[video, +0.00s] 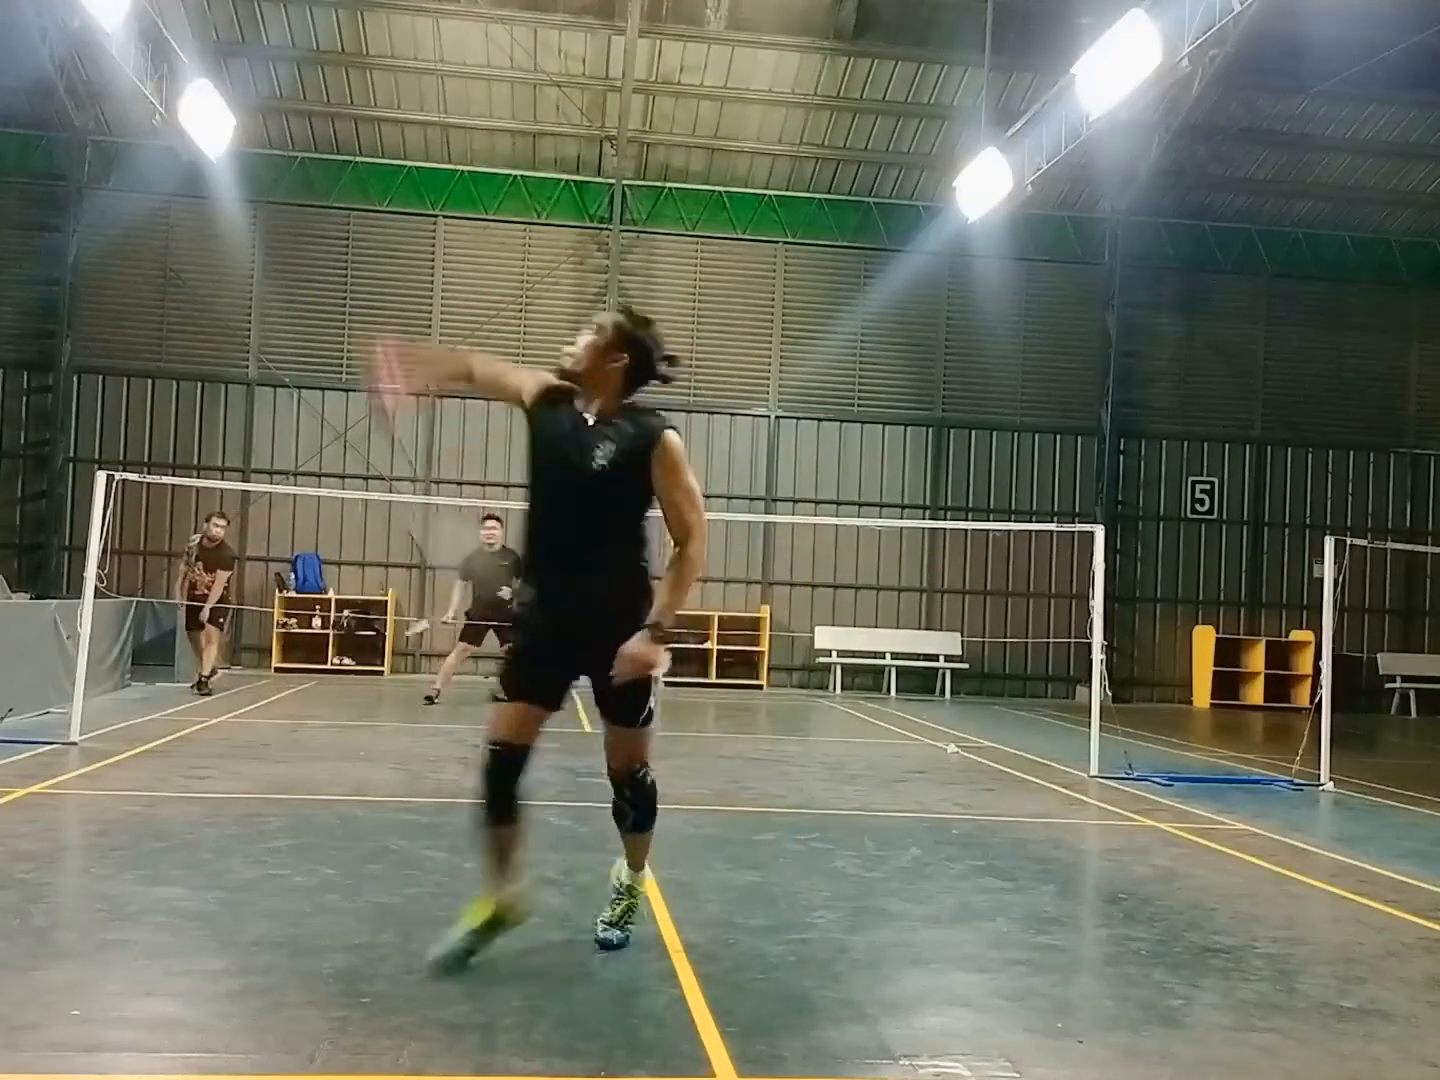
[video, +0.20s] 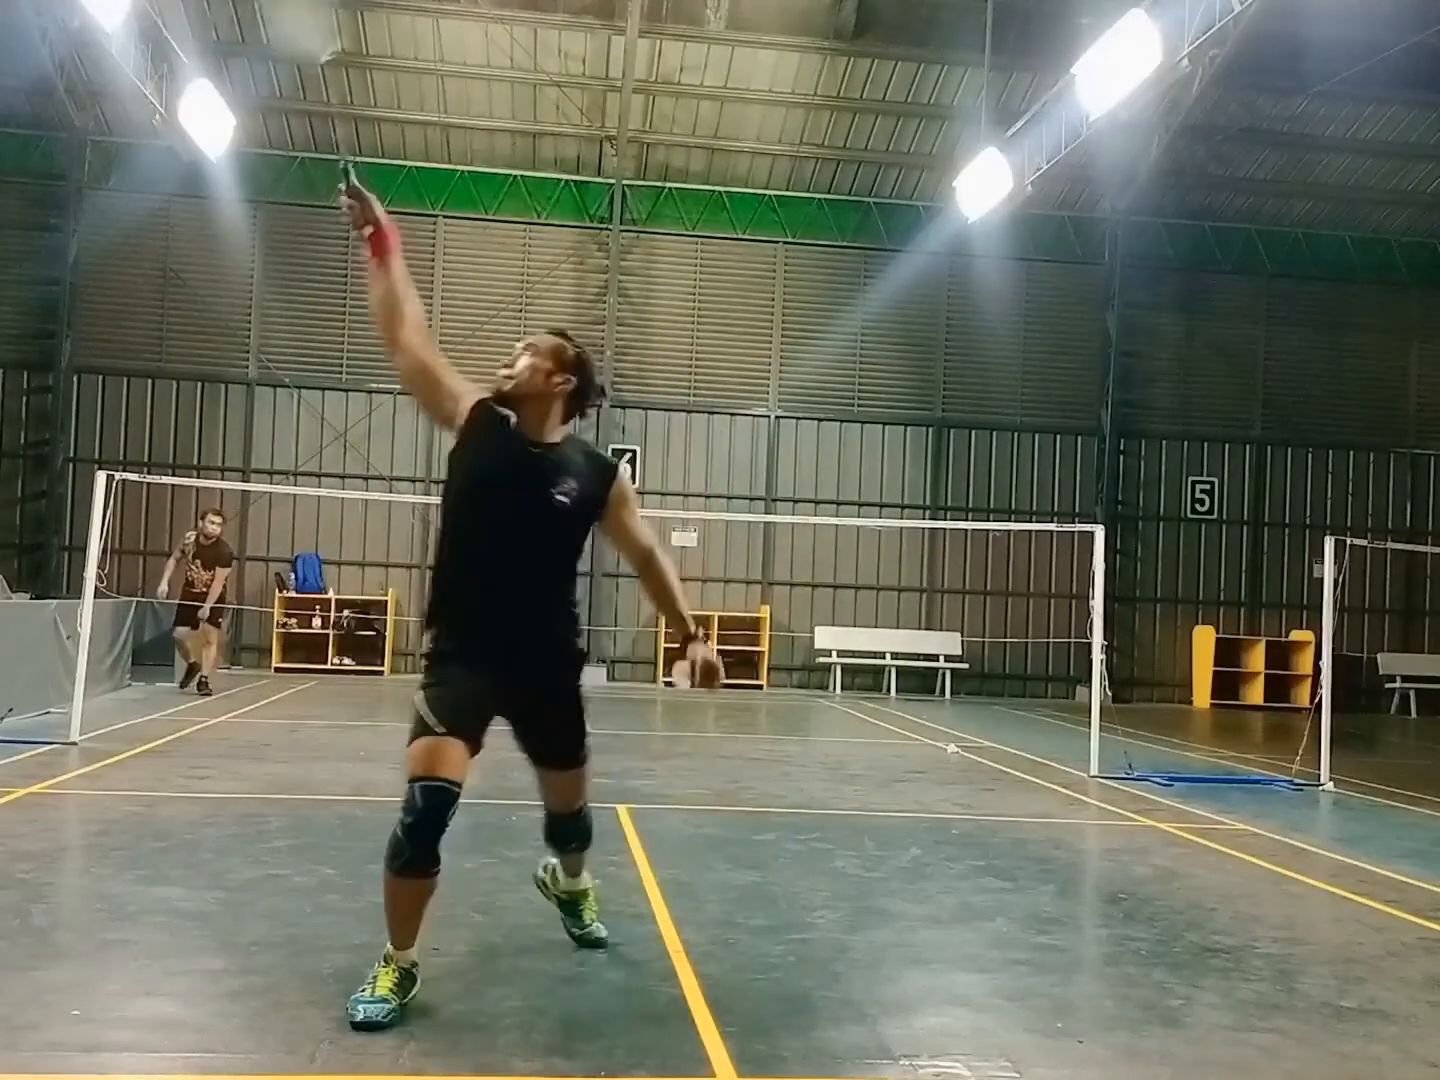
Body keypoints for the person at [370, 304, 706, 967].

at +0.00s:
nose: (577, 340)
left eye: (591, 335)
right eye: (585, 331)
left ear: (616, 358)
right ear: (603, 355)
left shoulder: (654, 440)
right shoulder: (545, 396)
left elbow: (690, 543)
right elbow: (472, 369)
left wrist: (656, 631)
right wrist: (405, 365)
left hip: (619, 625)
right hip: (547, 616)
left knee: (628, 775)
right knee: (500, 762)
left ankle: (633, 879)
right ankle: (502, 895)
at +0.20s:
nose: (510, 358)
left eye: (528, 353)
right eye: (516, 350)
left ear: (563, 380)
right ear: (522, 377)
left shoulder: (597, 471)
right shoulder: (475, 421)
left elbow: (647, 557)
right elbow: (411, 345)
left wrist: (688, 629)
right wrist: (388, 256)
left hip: (548, 662)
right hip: (461, 651)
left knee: (570, 821)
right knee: (424, 812)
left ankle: (566, 883)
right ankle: (397, 964)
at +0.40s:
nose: (495, 309)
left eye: (511, 303)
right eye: (501, 301)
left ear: (543, 330)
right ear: (512, 328)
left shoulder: (584, 426)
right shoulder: (451, 399)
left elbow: (621, 537)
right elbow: (355, 431)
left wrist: (634, 648)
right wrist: (315, 387)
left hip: (533, 635)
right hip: (442, 627)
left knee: (522, 828)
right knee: (406, 801)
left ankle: (529, 909)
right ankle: (389, 958)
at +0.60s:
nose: (481, 311)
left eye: (493, 301)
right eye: (487, 299)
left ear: (527, 319)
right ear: (517, 320)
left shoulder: (590, 416)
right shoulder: (465, 417)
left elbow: (622, 531)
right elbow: (428, 522)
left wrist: (618, 641)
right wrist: (391, 619)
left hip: (541, 635)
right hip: (458, 630)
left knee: (527, 803)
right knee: (420, 798)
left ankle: (580, 996)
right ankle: (396, 956)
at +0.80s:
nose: (493, 320)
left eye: (499, 307)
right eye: (499, 307)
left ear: (517, 317)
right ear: (554, 318)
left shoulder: (563, 396)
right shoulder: (536, 401)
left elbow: (615, 507)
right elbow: (520, 522)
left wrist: (613, 634)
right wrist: (466, 596)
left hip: (566, 625)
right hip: (523, 620)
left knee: (547, 793)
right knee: (492, 774)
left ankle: (580, 1000)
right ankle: (489, 964)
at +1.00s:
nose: (536, 318)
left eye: (540, 310)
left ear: (546, 320)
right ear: (609, 330)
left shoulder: (545, 388)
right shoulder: (628, 406)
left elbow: (567, 490)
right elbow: (631, 519)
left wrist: (555, 621)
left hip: (573, 611)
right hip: (625, 609)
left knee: (550, 796)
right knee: (598, 785)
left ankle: (580, 1001)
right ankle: (647, 956)